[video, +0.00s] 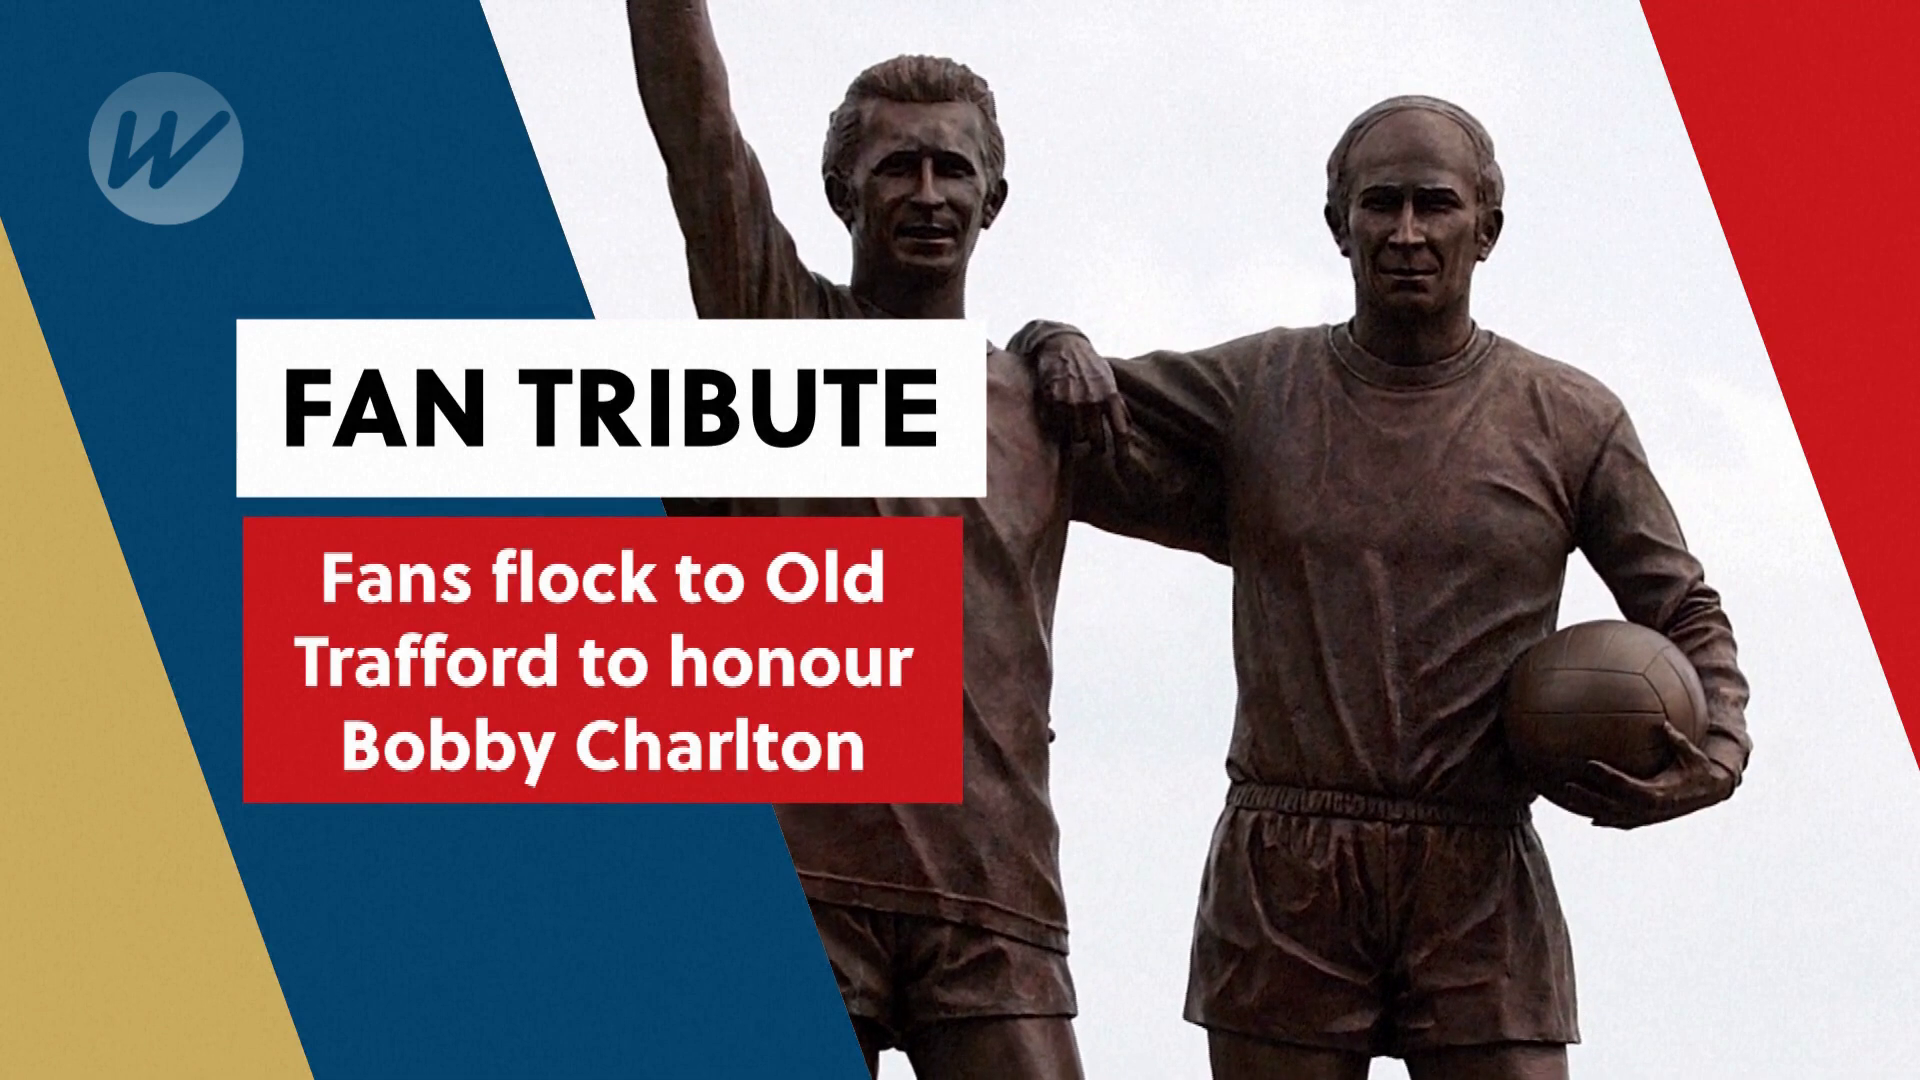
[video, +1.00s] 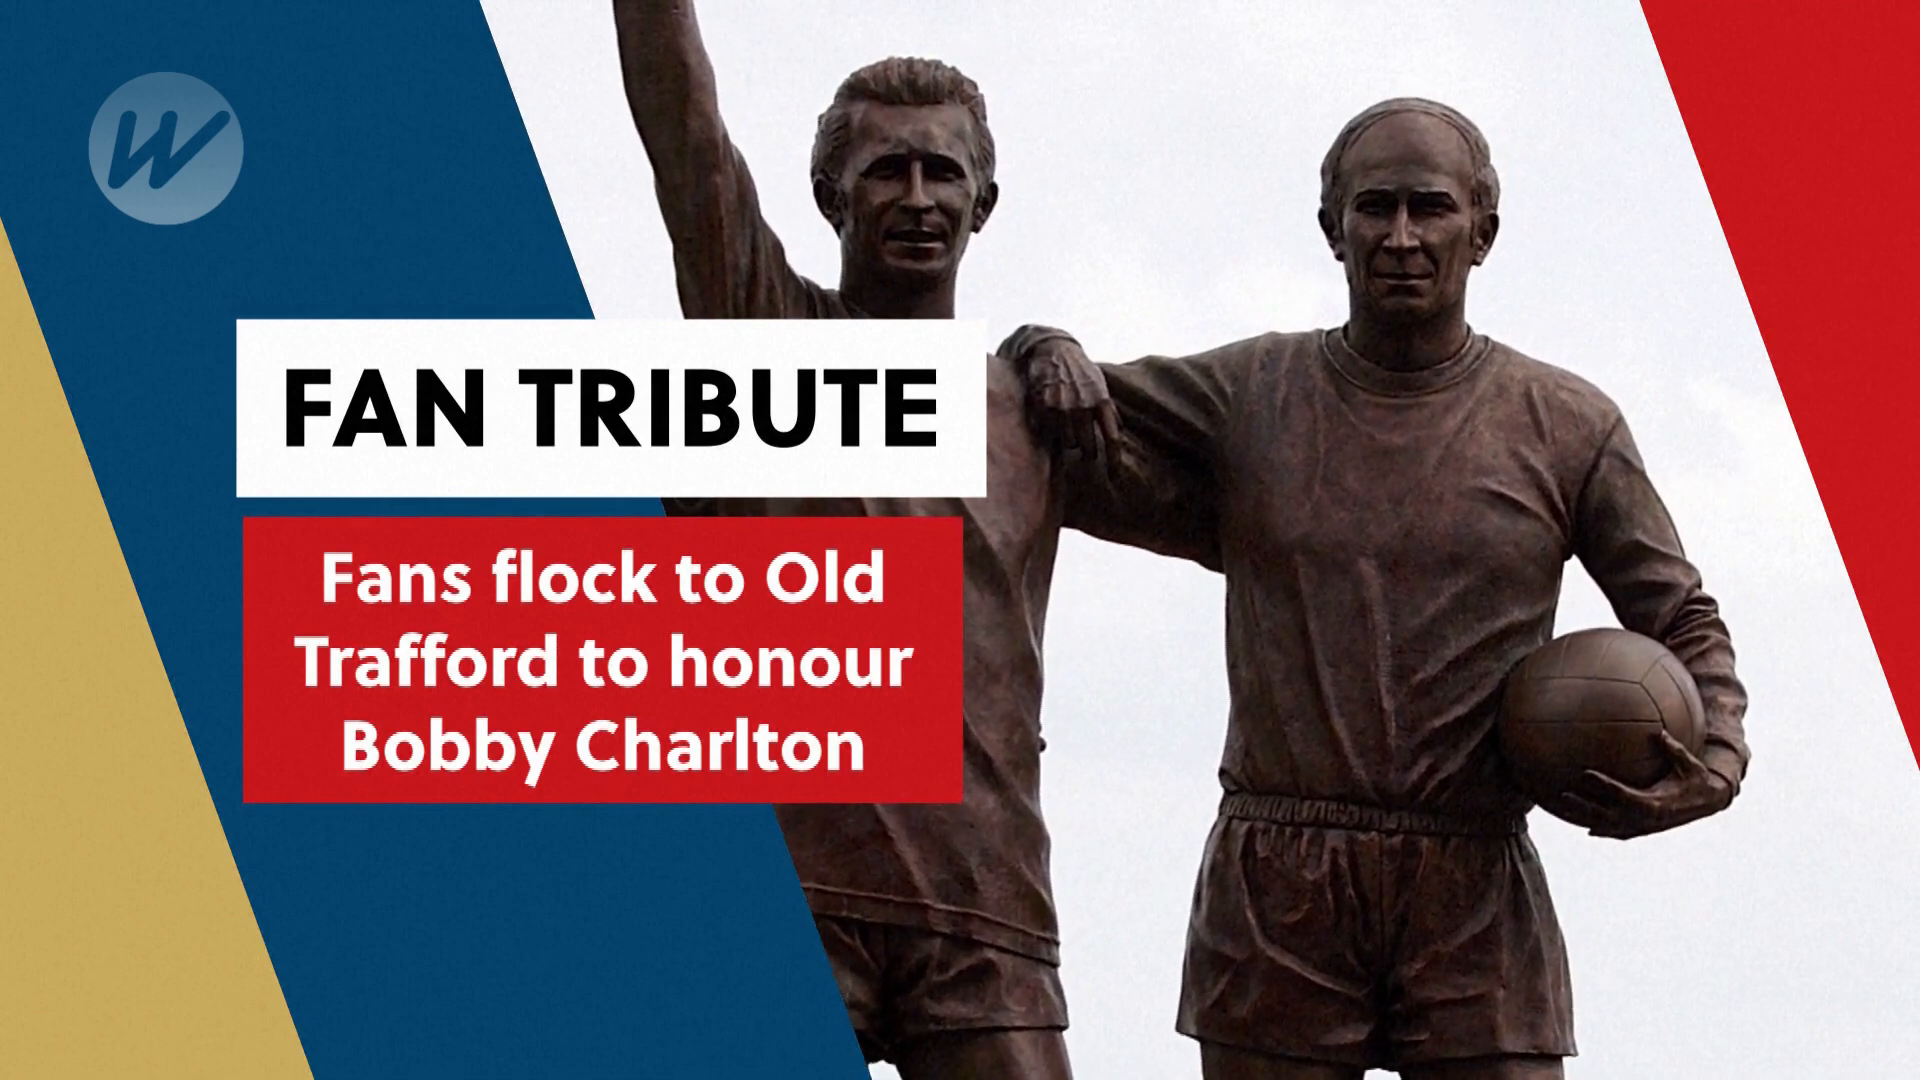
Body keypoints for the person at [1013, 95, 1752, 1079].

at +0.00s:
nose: (1406, 230)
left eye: (1435, 202)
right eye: (1379, 203)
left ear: (1488, 225)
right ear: (1338, 225)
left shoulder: (1571, 416)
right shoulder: (1257, 383)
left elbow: (1682, 610)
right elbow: (1084, 412)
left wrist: (1719, 746)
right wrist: (1052, 346)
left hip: (1479, 883)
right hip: (1281, 877)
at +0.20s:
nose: (1404, 232)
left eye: (1434, 203)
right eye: (1377, 205)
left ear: (1488, 226)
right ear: (1337, 226)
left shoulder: (1570, 417)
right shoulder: (1256, 385)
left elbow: (1681, 611)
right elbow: (1084, 424)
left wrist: (1720, 747)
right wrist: (1051, 348)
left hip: (1478, 885)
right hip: (1279, 878)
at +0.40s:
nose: (1403, 232)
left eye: (1432, 204)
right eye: (1376, 206)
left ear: (1487, 228)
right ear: (1336, 227)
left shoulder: (1570, 418)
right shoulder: (1254, 386)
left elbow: (1681, 612)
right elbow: (1080, 436)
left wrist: (1719, 750)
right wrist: (1047, 351)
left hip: (1478, 888)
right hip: (1277, 882)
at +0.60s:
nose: (1402, 234)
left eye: (1432, 205)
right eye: (1376, 206)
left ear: (1486, 228)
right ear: (1334, 227)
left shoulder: (1569, 419)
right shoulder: (1252, 387)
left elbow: (1681, 614)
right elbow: (1081, 442)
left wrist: (1718, 752)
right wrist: (1047, 352)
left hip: (1477, 890)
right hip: (1276, 885)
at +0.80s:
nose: (1401, 235)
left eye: (1432, 205)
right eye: (1374, 207)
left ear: (1485, 228)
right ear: (1333, 227)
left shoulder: (1568, 420)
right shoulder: (1251, 387)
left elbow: (1681, 616)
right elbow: (1077, 438)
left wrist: (1718, 754)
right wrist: (1046, 354)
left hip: (1475, 891)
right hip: (1274, 887)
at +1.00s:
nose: (1401, 234)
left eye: (1431, 205)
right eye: (1373, 207)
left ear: (1485, 227)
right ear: (1332, 228)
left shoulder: (1567, 421)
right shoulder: (1250, 388)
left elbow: (1680, 617)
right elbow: (1074, 439)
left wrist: (1719, 755)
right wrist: (1044, 353)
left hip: (1473, 894)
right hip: (1272, 890)